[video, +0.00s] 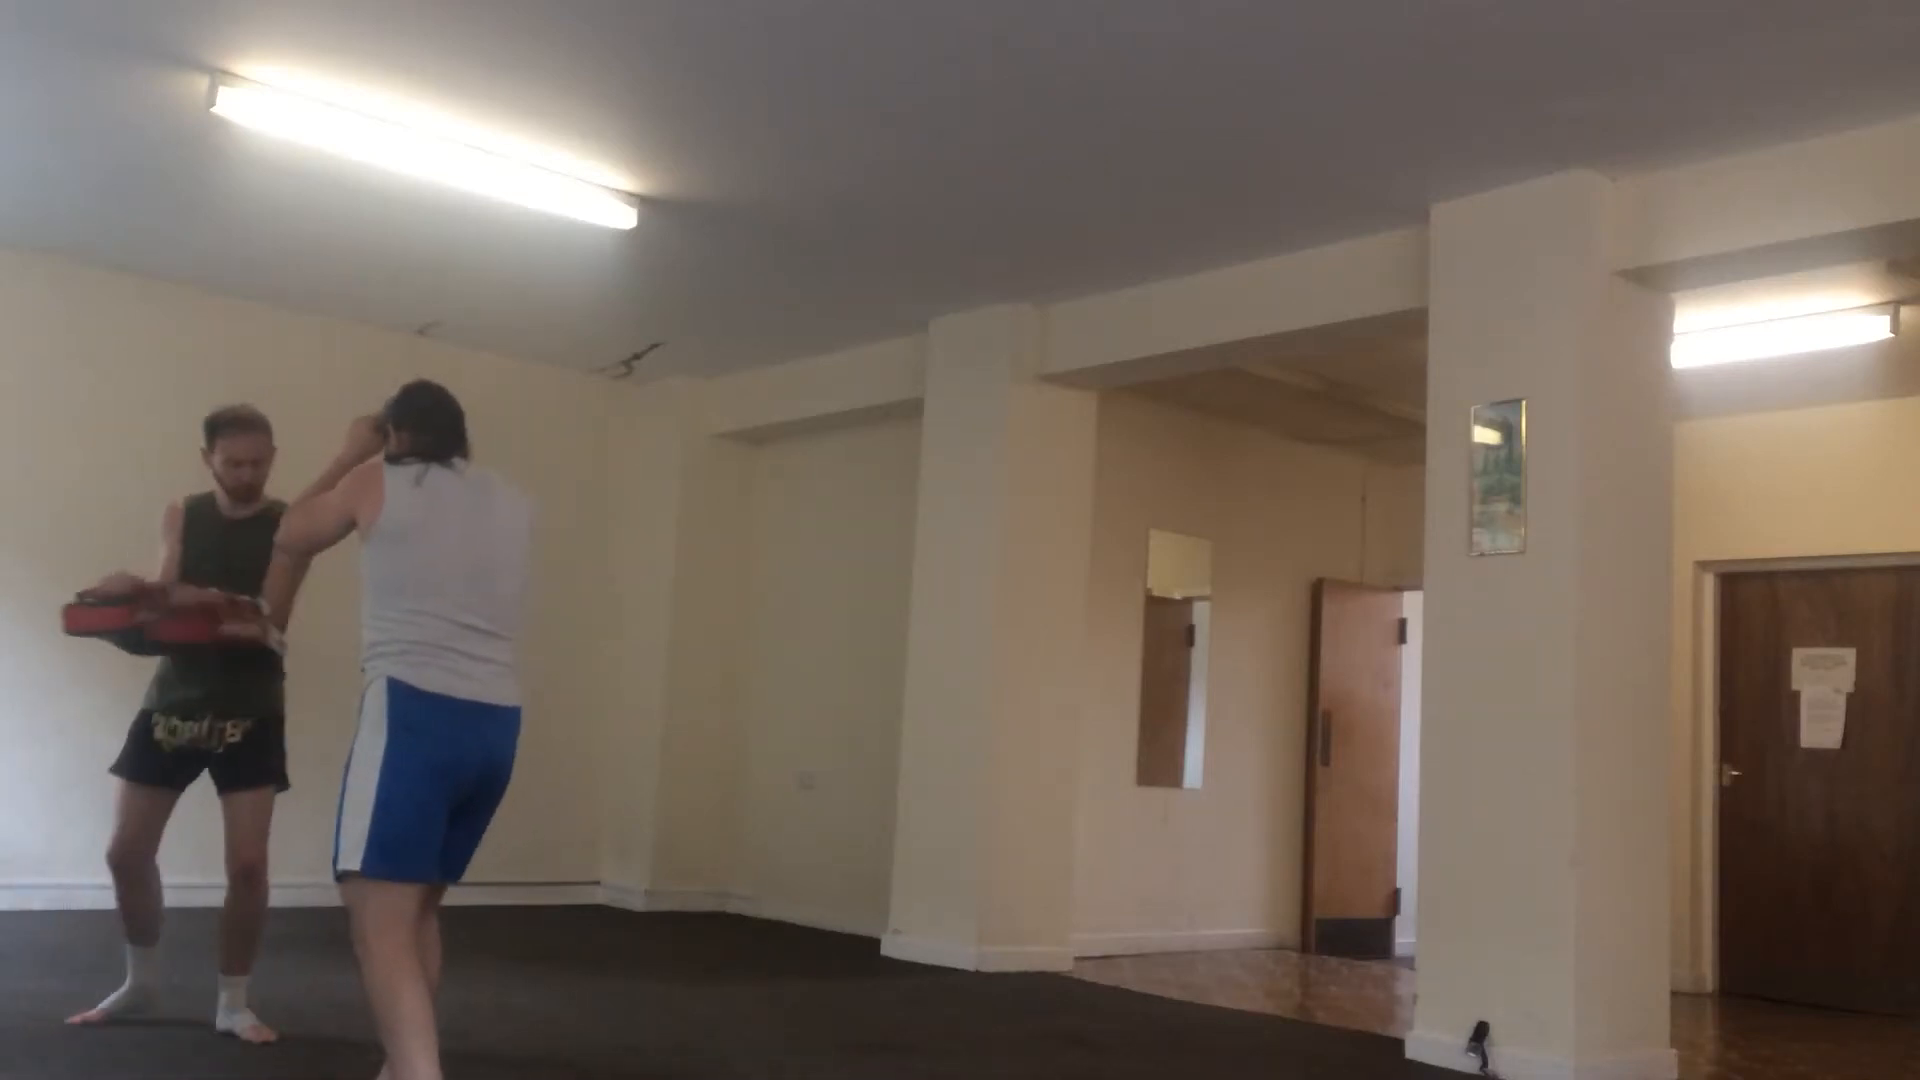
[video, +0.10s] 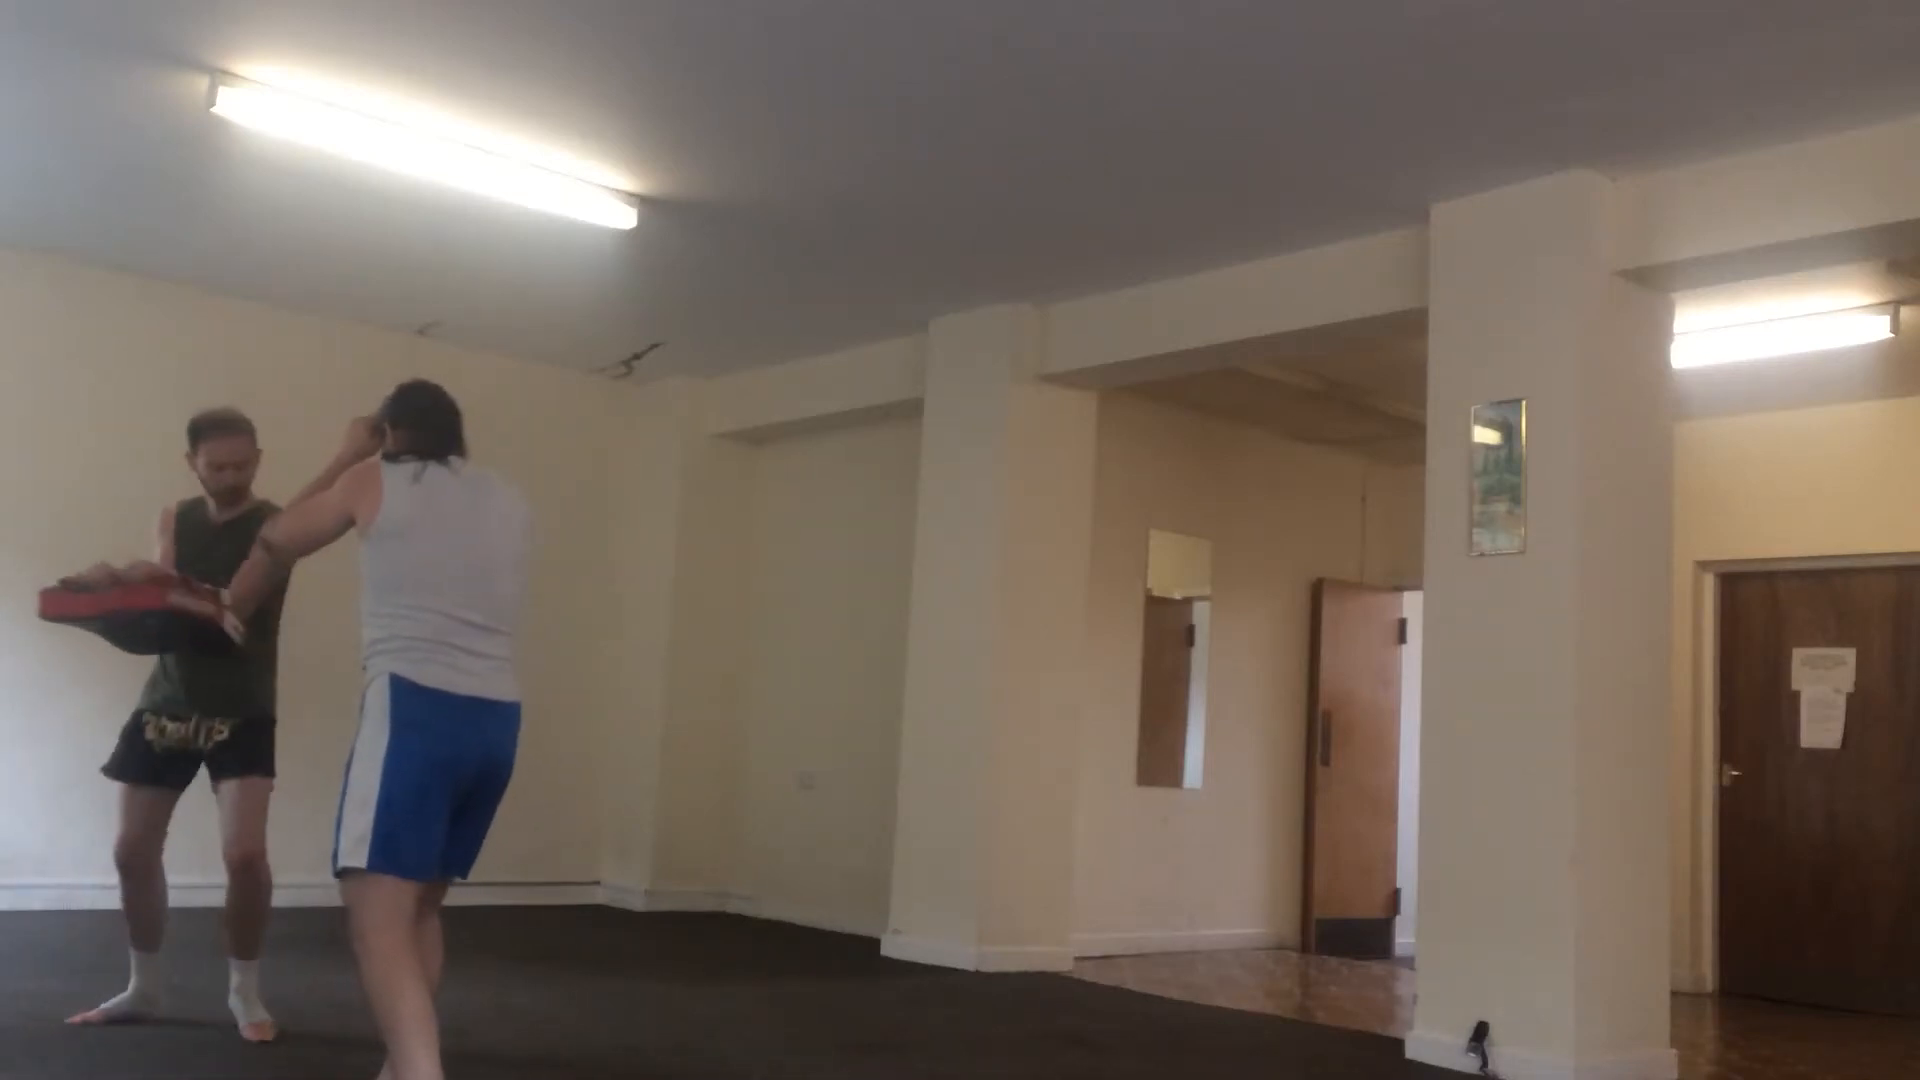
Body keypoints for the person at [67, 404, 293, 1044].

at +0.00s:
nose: (246, 475)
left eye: (257, 463)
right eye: (234, 463)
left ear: (272, 459)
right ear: (209, 459)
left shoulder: (289, 524)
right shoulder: (184, 515)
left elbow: (275, 624)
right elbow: (165, 593)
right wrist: (132, 589)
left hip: (249, 707)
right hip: (176, 700)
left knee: (248, 867)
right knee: (127, 852)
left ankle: (233, 1006)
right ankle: (140, 986)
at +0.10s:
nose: (229, 478)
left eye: (239, 465)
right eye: (216, 467)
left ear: (257, 458)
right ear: (193, 463)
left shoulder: (278, 526)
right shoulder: (175, 521)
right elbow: (169, 605)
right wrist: (117, 589)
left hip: (242, 711)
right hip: (168, 704)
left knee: (245, 858)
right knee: (133, 850)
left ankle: (245, 992)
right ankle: (143, 988)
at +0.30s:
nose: (219, 475)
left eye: (229, 462)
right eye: (207, 465)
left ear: (251, 456)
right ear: (191, 464)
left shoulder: (271, 523)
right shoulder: (195, 519)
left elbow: (217, 609)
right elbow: (173, 599)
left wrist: (159, 572)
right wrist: (138, 578)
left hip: (235, 711)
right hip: (171, 706)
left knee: (229, 851)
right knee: (140, 848)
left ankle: (253, 1014)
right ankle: (145, 989)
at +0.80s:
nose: (228, 473)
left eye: (240, 459)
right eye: (216, 463)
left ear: (265, 455)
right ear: (202, 464)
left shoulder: (286, 526)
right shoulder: (213, 523)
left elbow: (219, 612)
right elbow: (189, 604)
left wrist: (158, 578)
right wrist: (133, 578)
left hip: (244, 713)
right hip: (188, 707)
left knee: (226, 856)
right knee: (163, 849)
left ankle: (248, 1024)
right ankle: (165, 990)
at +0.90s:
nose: (224, 472)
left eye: (234, 459)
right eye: (212, 463)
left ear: (260, 453)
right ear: (198, 463)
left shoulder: (277, 525)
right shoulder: (212, 522)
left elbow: (222, 608)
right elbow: (190, 598)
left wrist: (160, 580)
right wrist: (141, 578)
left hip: (241, 715)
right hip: (186, 709)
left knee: (226, 857)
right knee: (158, 848)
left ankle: (252, 1011)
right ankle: (167, 988)